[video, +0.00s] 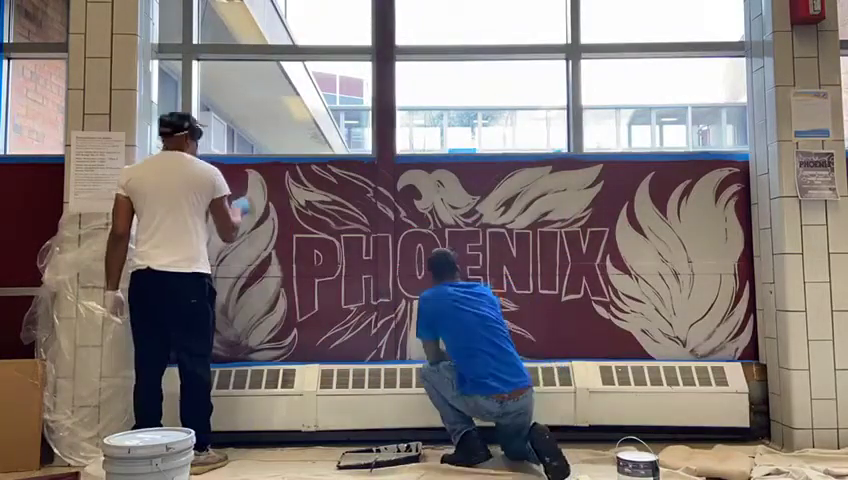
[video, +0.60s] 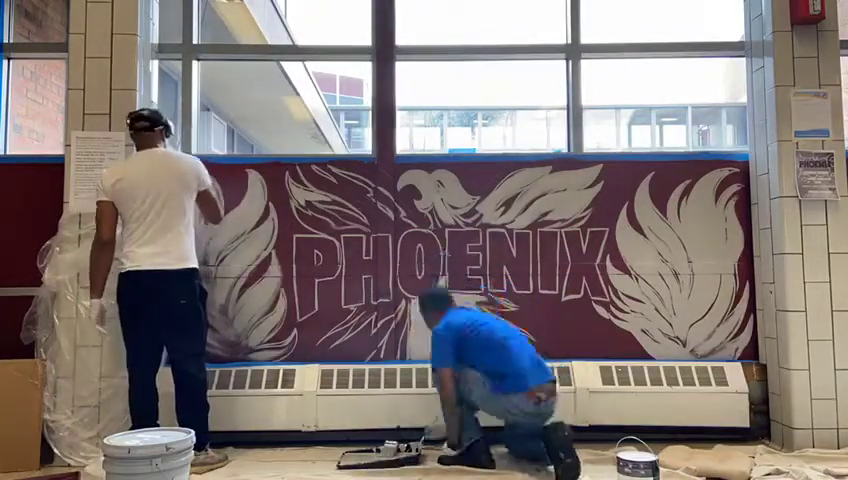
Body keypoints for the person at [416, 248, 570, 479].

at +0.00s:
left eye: (430, 275)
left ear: (431, 276)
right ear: (459, 271)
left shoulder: (429, 299)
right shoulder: (485, 291)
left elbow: (434, 357)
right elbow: (495, 338)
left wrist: (464, 357)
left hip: (482, 399)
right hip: (521, 397)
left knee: (430, 373)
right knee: (514, 449)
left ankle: (468, 442)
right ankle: (537, 441)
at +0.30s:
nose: (431, 282)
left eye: (432, 277)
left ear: (436, 277)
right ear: (464, 274)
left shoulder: (437, 299)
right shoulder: (488, 294)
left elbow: (439, 357)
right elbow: (500, 345)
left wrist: (471, 353)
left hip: (488, 408)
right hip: (525, 408)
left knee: (431, 372)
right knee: (515, 447)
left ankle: (467, 443)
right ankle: (538, 442)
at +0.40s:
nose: (423, 285)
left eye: (424, 280)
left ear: (427, 280)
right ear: (454, 277)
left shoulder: (428, 301)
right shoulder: (479, 296)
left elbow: (434, 358)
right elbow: (490, 343)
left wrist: (465, 352)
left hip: (484, 412)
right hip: (520, 410)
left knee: (429, 373)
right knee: (514, 447)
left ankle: (465, 443)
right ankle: (535, 442)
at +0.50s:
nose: (422, 320)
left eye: (421, 313)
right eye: (419, 315)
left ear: (432, 305)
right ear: (442, 300)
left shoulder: (445, 318)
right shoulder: (475, 312)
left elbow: (447, 379)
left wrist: (425, 373)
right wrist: (434, 366)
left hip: (513, 401)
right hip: (541, 401)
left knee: (443, 379)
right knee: (515, 444)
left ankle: (471, 448)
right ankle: (548, 440)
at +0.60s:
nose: (426, 322)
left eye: (424, 316)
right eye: (424, 317)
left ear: (428, 314)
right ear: (452, 304)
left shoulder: (444, 329)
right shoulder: (479, 317)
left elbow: (448, 391)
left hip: (516, 400)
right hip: (547, 400)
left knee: (451, 379)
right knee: (517, 442)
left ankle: (473, 448)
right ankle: (550, 441)